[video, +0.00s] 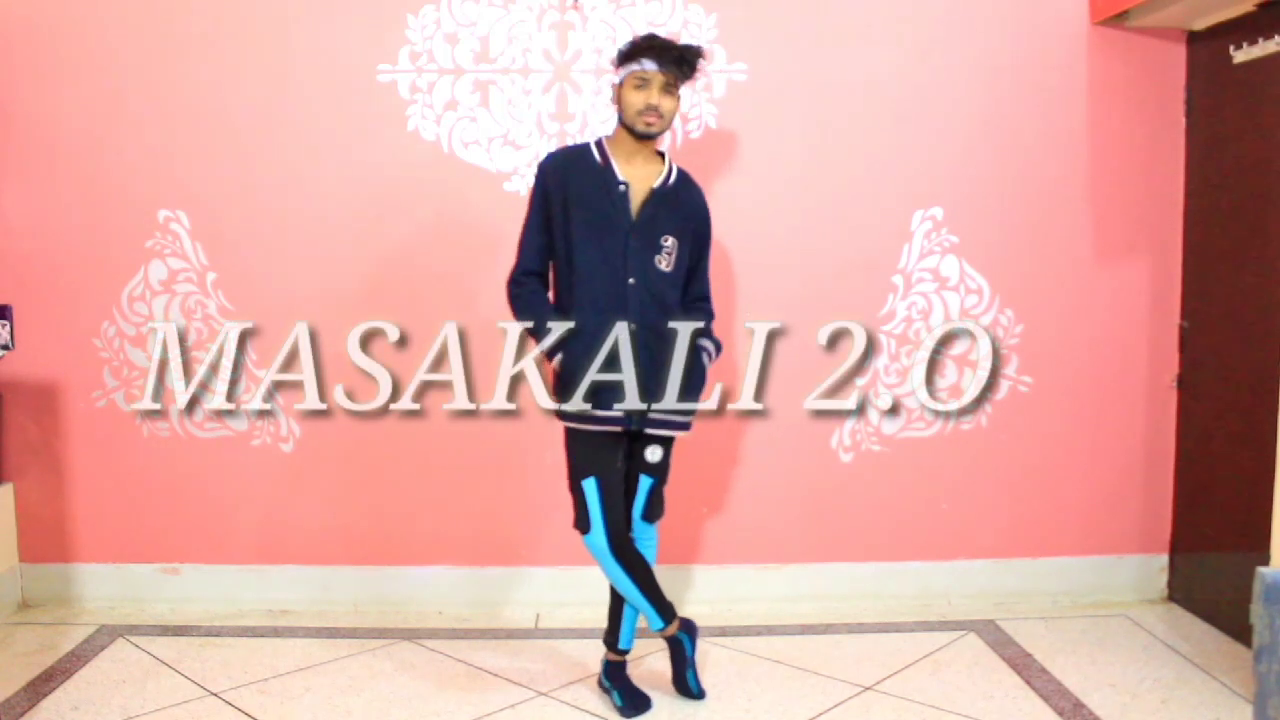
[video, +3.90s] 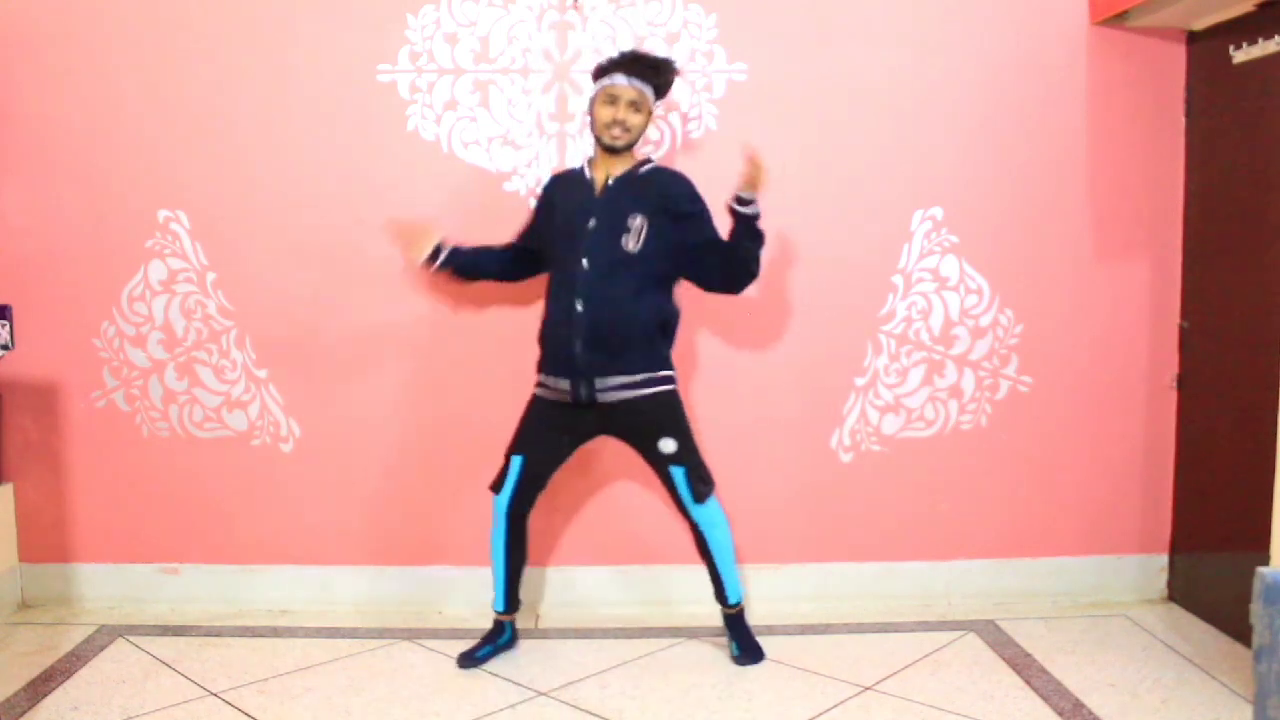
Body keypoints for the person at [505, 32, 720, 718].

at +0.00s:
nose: (652, 99)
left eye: (666, 89)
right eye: (639, 84)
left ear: (679, 101)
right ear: (616, 92)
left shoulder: (687, 194)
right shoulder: (564, 171)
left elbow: (696, 295)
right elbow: (526, 278)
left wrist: (701, 352)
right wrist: (556, 343)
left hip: (664, 381)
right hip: (590, 378)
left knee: (639, 523)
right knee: (597, 527)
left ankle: (616, 662)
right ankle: (675, 630)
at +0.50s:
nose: (624, 85)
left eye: (637, 73)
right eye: (610, 74)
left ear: (657, 85)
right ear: (593, 88)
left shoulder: (687, 180)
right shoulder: (557, 177)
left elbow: (722, 281)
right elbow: (525, 283)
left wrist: (761, 376)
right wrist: (486, 374)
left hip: (659, 383)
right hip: (582, 379)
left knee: (638, 525)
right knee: (587, 524)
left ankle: (618, 664)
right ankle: (593, 682)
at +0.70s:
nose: (612, 79)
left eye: (626, 69)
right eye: (598, 71)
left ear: (647, 85)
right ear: (582, 89)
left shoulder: (681, 174)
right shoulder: (554, 180)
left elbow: (700, 280)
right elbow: (540, 290)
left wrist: (688, 370)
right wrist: (545, 386)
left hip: (653, 383)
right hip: (576, 380)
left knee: (638, 525)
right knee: (555, 522)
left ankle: (617, 662)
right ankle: (558, 664)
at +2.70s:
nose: (595, 61)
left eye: (609, 50)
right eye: (580, 50)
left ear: (630, 66)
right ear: (560, 69)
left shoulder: (665, 165)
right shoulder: (522, 167)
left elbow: (716, 263)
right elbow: (489, 265)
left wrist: (702, 304)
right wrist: (473, 320)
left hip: (652, 382)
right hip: (563, 385)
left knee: (693, 525)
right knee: (568, 539)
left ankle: (630, 643)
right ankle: (579, 695)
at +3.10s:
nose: (627, 110)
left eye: (641, 97)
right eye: (613, 98)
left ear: (663, 110)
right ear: (597, 114)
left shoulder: (701, 200)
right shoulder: (567, 205)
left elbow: (762, 284)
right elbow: (495, 288)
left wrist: (738, 328)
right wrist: (526, 252)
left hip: (665, 412)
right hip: (574, 407)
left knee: (708, 548)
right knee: (535, 538)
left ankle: (738, 685)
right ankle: (519, 701)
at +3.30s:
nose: (614, 101)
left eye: (629, 89)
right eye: (601, 89)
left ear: (651, 101)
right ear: (586, 103)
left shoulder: (696, 186)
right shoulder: (553, 196)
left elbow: (789, 218)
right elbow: (471, 242)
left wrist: (754, 247)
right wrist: (484, 178)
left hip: (676, 403)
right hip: (579, 407)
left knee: (740, 517)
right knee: (534, 524)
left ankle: (765, 653)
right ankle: (506, 632)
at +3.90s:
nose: (618, 114)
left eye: (632, 104)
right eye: (608, 101)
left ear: (650, 118)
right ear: (590, 110)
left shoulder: (668, 191)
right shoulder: (562, 190)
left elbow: (728, 275)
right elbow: (523, 259)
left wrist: (746, 215)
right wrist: (448, 257)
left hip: (643, 390)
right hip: (560, 391)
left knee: (697, 499)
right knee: (509, 495)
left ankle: (736, 621)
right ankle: (503, 624)